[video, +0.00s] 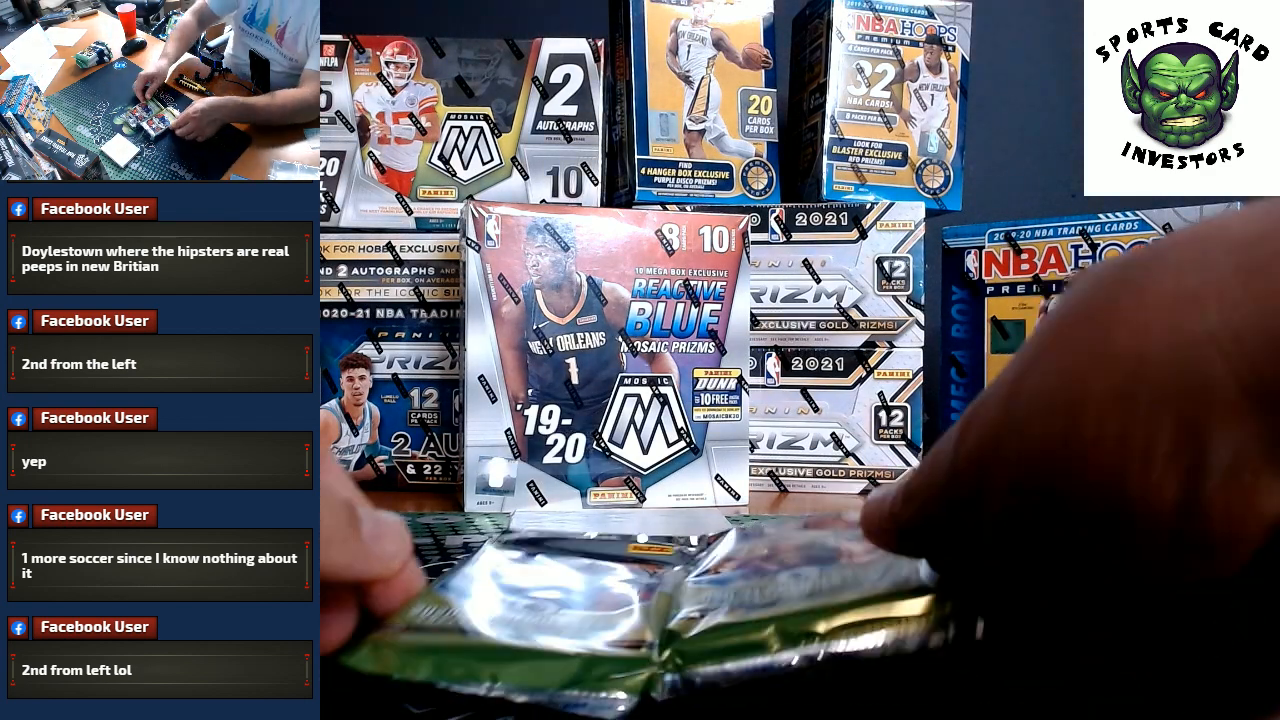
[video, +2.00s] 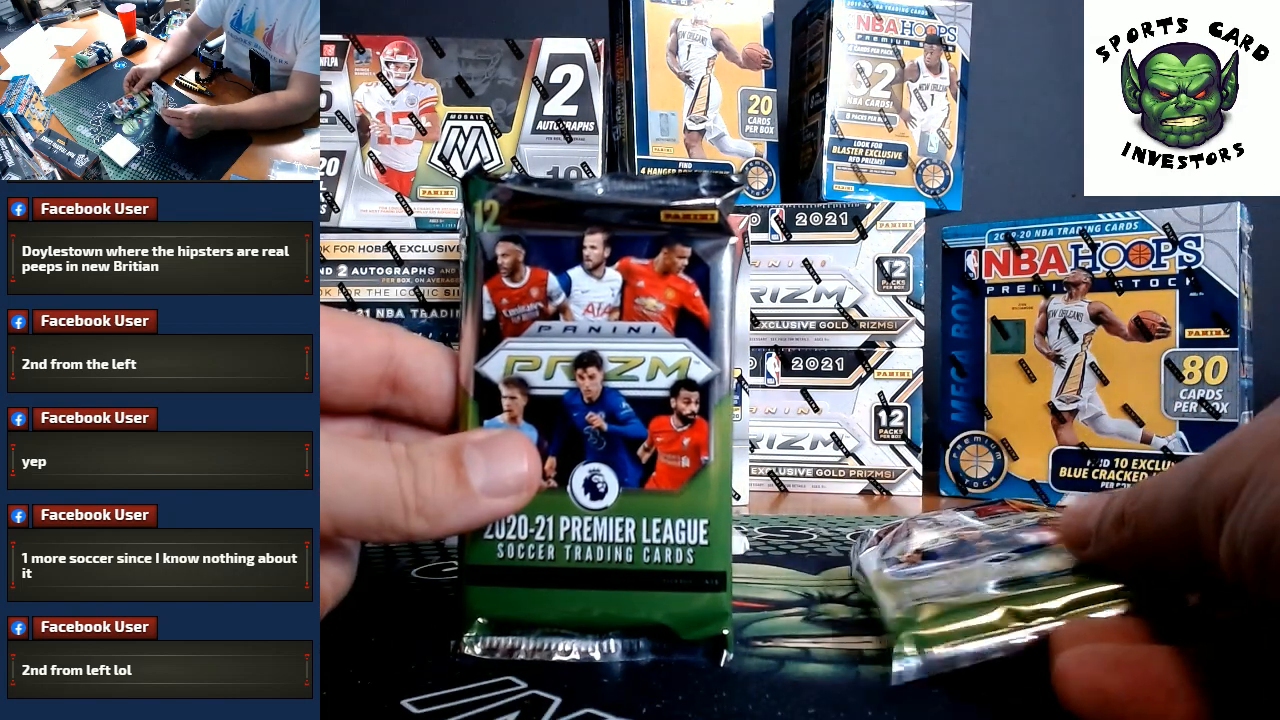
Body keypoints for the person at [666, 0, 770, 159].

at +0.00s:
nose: (697, 10)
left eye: (702, 7)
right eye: (695, 6)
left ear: (711, 12)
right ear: (691, 9)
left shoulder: (715, 34)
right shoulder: (678, 24)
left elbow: (739, 59)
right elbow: (670, 53)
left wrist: (764, 62)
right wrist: (678, 72)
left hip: (705, 87)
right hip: (692, 88)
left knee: (692, 141)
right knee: (725, 145)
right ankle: (767, 158)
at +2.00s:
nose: (698, 8)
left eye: (702, 5)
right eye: (696, 5)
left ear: (709, 12)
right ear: (691, 7)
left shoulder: (715, 34)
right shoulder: (678, 24)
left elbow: (739, 59)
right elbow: (670, 54)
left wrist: (764, 63)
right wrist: (678, 72)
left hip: (705, 87)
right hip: (692, 88)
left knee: (692, 141)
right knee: (725, 145)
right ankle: (765, 157)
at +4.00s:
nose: (694, 11)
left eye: (697, 8)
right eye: (688, 7)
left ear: (702, 8)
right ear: (683, 7)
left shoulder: (712, 31)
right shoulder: (679, 25)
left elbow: (734, 54)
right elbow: (671, 53)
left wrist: (758, 59)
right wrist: (678, 70)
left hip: (706, 84)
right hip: (692, 85)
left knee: (692, 138)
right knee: (724, 142)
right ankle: (758, 153)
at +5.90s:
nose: (691, 7)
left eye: (695, 4)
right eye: (688, 5)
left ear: (702, 6)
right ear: (683, 6)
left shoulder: (714, 31)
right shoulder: (678, 24)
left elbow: (736, 55)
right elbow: (670, 52)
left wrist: (759, 59)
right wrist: (678, 70)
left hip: (706, 85)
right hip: (691, 86)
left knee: (692, 138)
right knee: (724, 142)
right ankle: (757, 152)